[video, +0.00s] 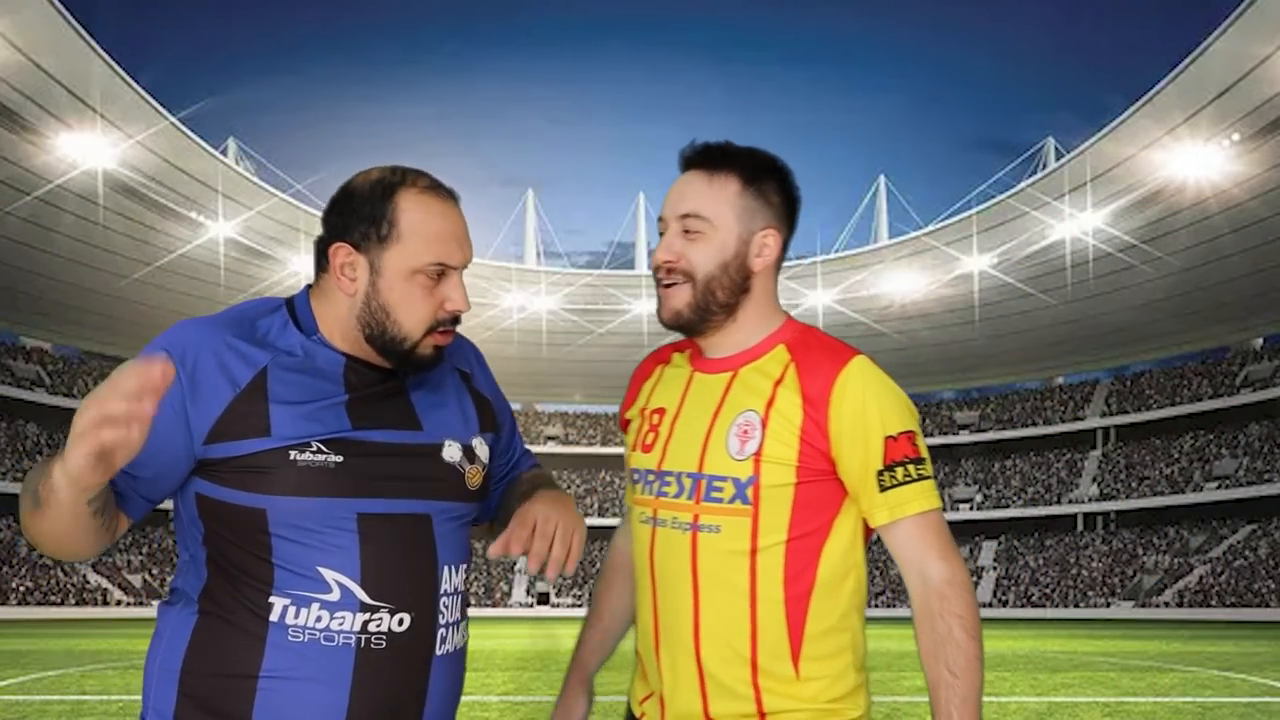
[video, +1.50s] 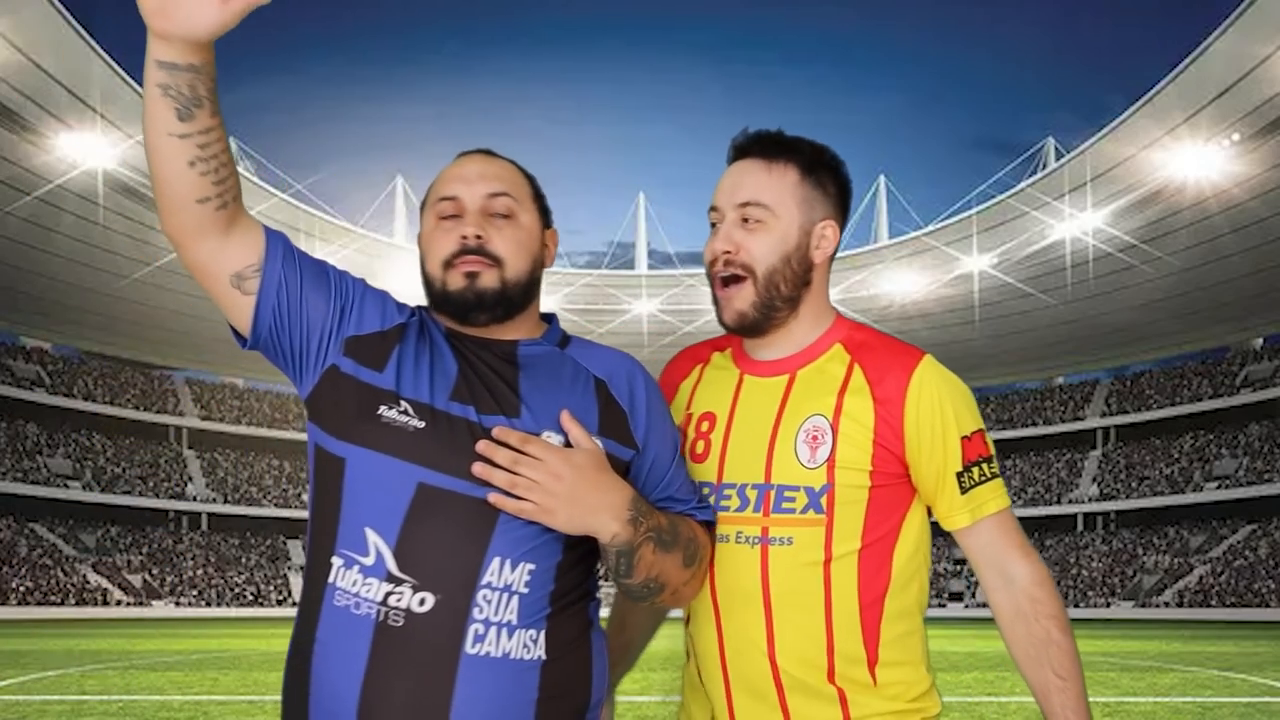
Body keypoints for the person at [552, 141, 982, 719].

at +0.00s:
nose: (661, 254)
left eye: (691, 232)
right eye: (662, 232)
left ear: (763, 249)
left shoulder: (845, 386)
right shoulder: (652, 378)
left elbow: (939, 582)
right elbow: (637, 537)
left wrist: (956, 713)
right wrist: (579, 674)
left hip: (797, 705)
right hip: (657, 704)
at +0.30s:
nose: (578, 262)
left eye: (609, 238)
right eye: (574, 238)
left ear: (676, 253)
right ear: (565, 245)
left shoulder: (762, 376)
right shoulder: (554, 383)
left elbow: (865, 558)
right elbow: (538, 546)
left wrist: (913, 710)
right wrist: (509, 684)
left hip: (738, 702)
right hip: (597, 703)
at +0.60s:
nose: (545, 250)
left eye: (579, 227)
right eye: (536, 223)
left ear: (640, 252)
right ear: (521, 233)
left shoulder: (713, 382)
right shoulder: (514, 385)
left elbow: (824, 577)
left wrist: (864, 712)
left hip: (696, 702)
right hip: (549, 705)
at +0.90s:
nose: (668, 240)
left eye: (702, 217)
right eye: (650, 205)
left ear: (736, 241)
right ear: (613, 211)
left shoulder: (786, 390)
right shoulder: (540, 362)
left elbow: (880, 585)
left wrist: (889, 712)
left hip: (739, 705)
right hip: (579, 706)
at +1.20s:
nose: (684, 241)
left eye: (723, 224)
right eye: (683, 213)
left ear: (783, 256)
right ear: (671, 217)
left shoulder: (851, 393)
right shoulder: (609, 377)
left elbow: (952, 583)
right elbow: (552, 554)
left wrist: (1007, 712)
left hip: (820, 705)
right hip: (657, 705)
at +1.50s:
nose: (718, 246)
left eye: (751, 220)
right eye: (715, 224)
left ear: (821, 242)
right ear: (707, 238)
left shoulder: (910, 387)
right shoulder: (684, 381)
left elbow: (1012, 577)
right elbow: (655, 561)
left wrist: (1071, 717)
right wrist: (589, 689)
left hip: (872, 708)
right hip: (713, 709)